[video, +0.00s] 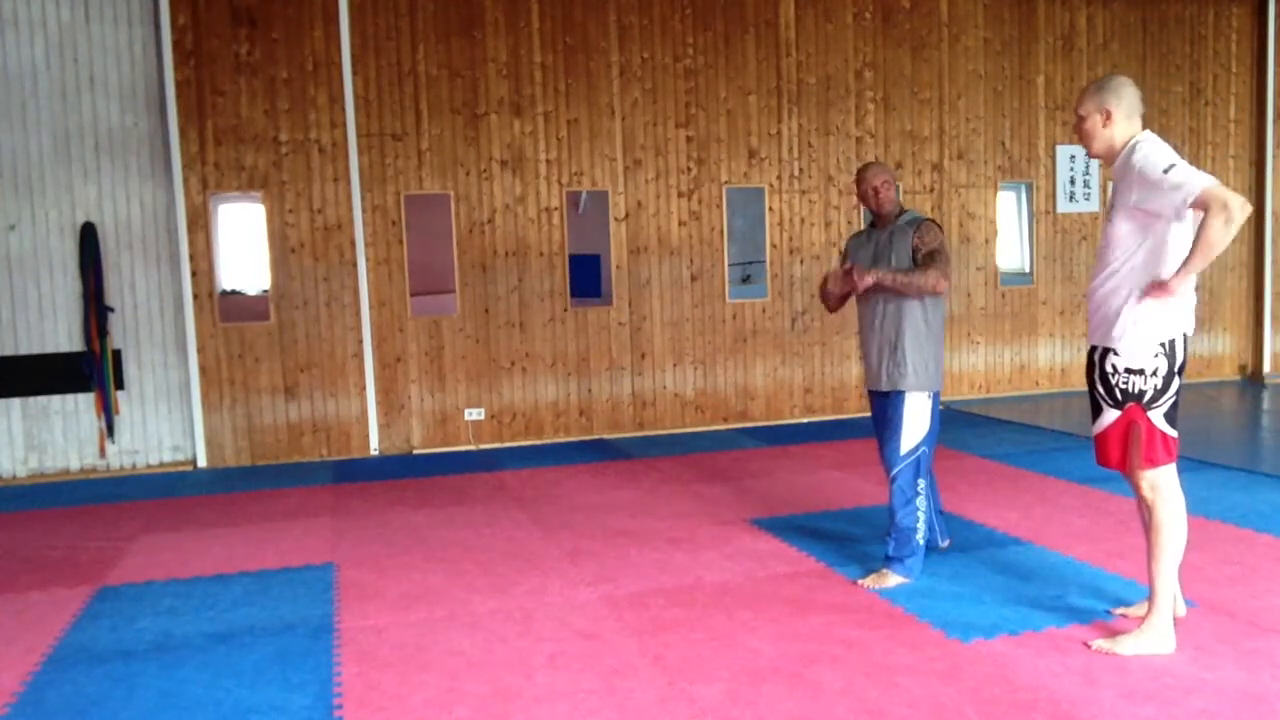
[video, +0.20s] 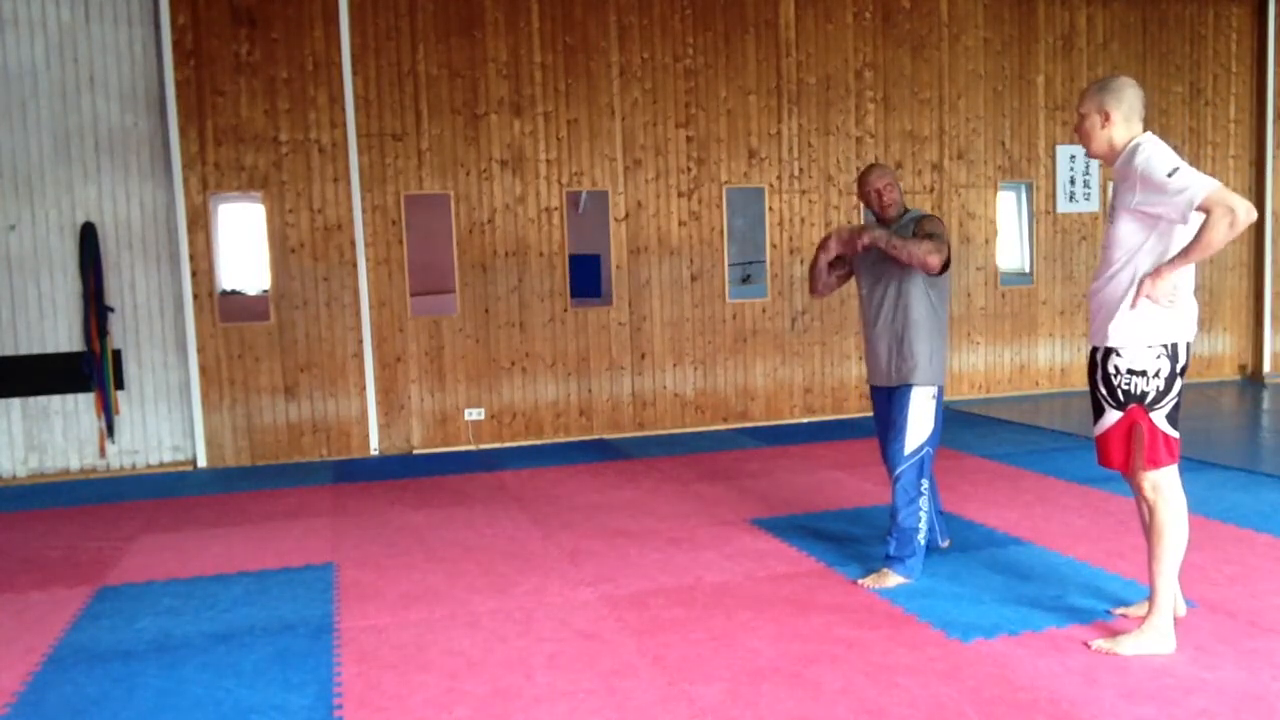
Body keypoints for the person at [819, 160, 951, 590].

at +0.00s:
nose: (881, 194)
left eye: (886, 186)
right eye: (872, 189)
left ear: (897, 188)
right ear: (861, 198)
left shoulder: (922, 230)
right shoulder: (858, 244)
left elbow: (937, 281)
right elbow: (832, 304)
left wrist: (876, 278)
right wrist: (834, 288)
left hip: (917, 367)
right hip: (879, 369)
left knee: (903, 465)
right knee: (904, 461)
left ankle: (903, 563)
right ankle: (933, 532)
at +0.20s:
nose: (886, 194)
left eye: (890, 186)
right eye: (876, 191)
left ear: (901, 189)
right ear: (864, 201)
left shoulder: (925, 226)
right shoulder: (865, 241)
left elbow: (933, 259)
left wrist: (875, 237)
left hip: (920, 366)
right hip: (881, 368)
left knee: (905, 462)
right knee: (902, 458)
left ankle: (904, 563)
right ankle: (933, 531)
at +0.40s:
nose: (886, 198)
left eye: (891, 190)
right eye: (877, 195)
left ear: (902, 191)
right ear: (867, 203)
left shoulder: (928, 229)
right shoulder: (866, 244)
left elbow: (927, 268)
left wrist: (869, 247)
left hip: (924, 366)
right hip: (884, 367)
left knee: (908, 461)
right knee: (901, 458)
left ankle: (904, 562)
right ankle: (933, 531)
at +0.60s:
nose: (887, 197)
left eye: (892, 188)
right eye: (878, 192)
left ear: (903, 191)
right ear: (867, 201)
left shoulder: (932, 235)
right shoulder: (861, 248)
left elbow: (942, 293)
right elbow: (857, 307)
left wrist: (882, 298)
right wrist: (839, 304)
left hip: (925, 372)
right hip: (885, 373)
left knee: (910, 465)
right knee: (901, 461)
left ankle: (904, 564)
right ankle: (934, 531)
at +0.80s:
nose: (888, 196)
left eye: (892, 188)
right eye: (878, 192)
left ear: (904, 190)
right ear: (867, 200)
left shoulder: (935, 235)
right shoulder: (863, 248)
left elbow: (952, 295)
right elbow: (856, 303)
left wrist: (892, 304)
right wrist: (846, 308)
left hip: (927, 373)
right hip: (886, 375)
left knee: (911, 469)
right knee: (901, 463)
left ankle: (904, 565)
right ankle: (935, 531)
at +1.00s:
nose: (890, 196)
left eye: (895, 187)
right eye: (881, 192)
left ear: (908, 190)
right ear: (870, 199)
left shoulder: (937, 235)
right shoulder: (865, 247)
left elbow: (952, 295)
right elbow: (857, 307)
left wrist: (891, 299)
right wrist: (845, 302)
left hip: (927, 373)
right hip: (886, 374)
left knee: (910, 469)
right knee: (901, 462)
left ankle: (904, 565)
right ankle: (934, 530)